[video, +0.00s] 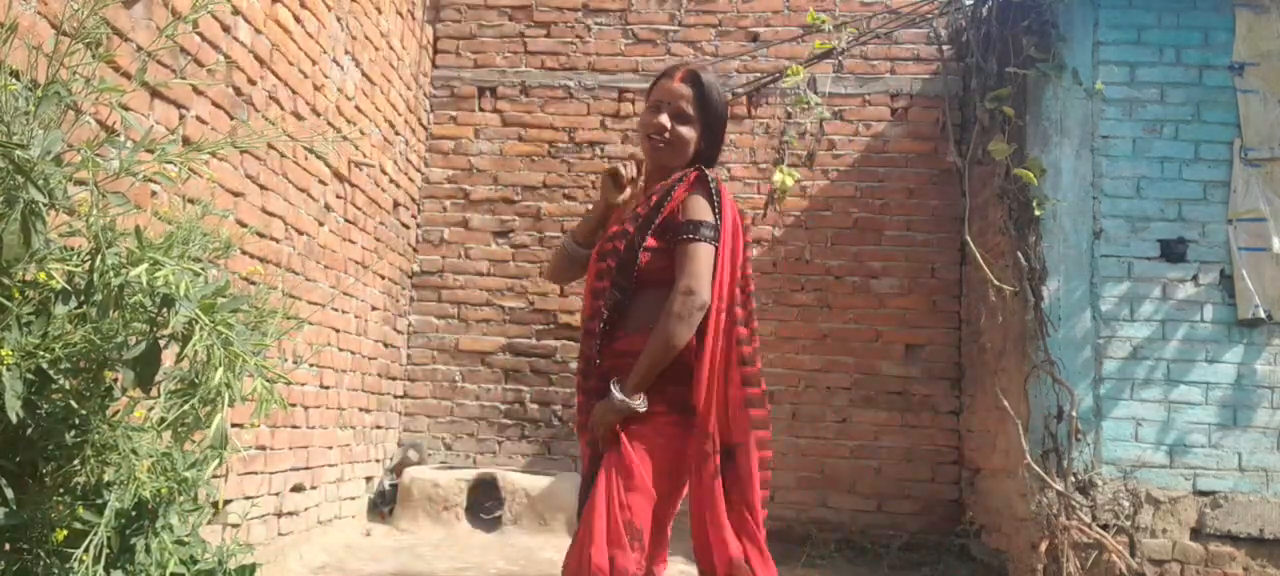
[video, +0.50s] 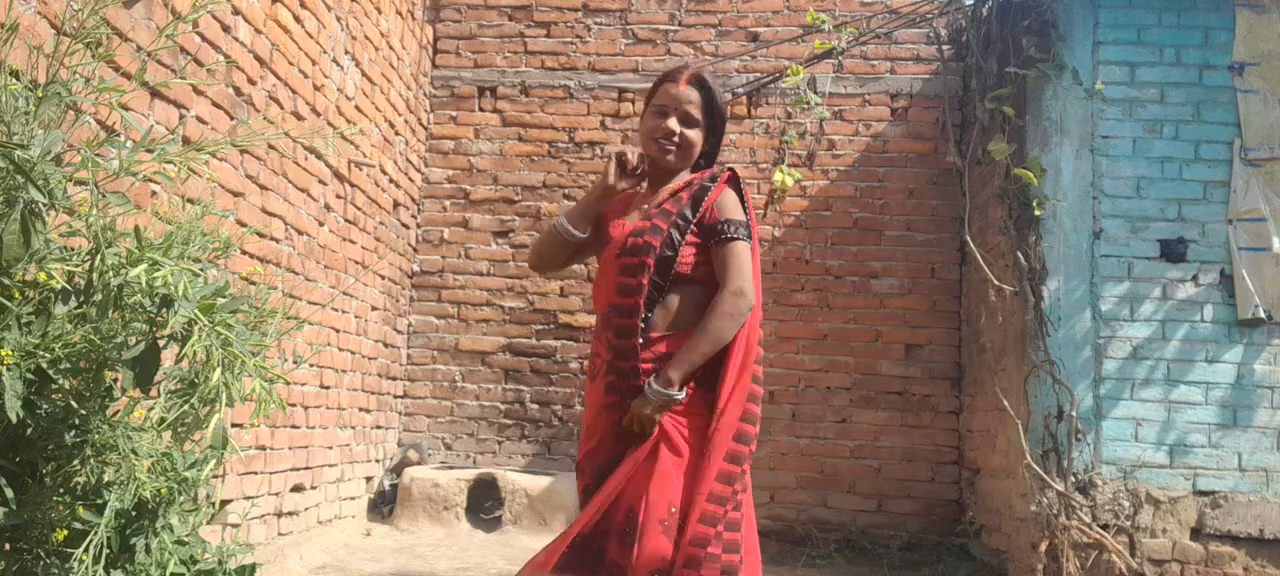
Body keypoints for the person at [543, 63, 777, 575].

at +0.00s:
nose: (661, 123)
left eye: (681, 116)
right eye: (655, 108)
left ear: (705, 135)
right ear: (642, 115)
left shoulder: (694, 195)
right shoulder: (639, 199)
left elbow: (692, 300)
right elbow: (559, 272)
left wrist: (628, 393)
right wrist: (602, 209)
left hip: (656, 413)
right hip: (624, 407)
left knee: (604, 557)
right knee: (629, 559)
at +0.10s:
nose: (657, 129)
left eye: (676, 123)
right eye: (651, 116)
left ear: (702, 142)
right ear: (640, 121)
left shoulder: (690, 199)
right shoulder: (640, 202)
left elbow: (685, 304)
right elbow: (566, 277)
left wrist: (622, 398)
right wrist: (608, 212)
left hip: (654, 409)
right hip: (620, 403)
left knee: (606, 544)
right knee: (623, 551)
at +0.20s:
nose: (658, 123)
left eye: (677, 117)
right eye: (653, 109)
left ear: (702, 135)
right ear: (640, 113)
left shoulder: (688, 193)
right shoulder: (635, 191)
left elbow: (683, 292)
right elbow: (557, 256)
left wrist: (619, 376)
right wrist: (601, 198)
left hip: (651, 392)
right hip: (609, 387)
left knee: (636, 546)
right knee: (609, 541)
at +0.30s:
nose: (659, 118)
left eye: (678, 112)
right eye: (652, 105)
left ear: (701, 132)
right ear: (639, 110)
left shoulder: (688, 188)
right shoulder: (629, 190)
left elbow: (692, 286)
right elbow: (551, 242)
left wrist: (629, 373)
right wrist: (600, 181)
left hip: (666, 387)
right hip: (619, 385)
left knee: (656, 540)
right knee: (626, 535)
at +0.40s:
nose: (661, 115)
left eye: (679, 109)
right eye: (654, 101)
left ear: (703, 129)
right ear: (639, 107)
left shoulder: (696, 187)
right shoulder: (623, 189)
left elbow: (713, 283)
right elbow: (548, 241)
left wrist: (649, 372)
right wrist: (597, 175)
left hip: (672, 385)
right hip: (620, 384)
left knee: (663, 537)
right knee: (623, 533)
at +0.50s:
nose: (672, 127)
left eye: (689, 120)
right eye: (661, 112)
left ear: (708, 138)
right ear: (641, 119)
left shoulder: (713, 194)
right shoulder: (620, 199)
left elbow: (739, 299)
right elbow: (541, 259)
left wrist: (666, 381)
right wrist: (600, 195)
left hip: (677, 400)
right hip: (610, 395)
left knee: (654, 545)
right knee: (604, 540)